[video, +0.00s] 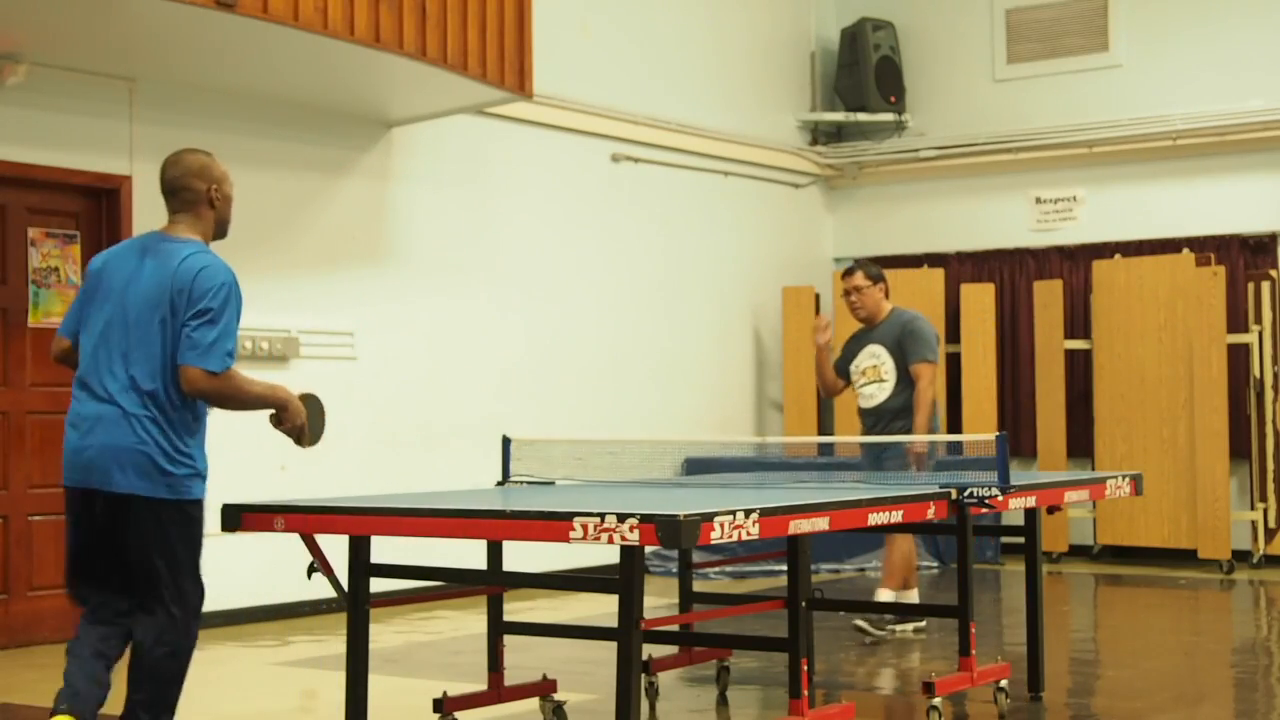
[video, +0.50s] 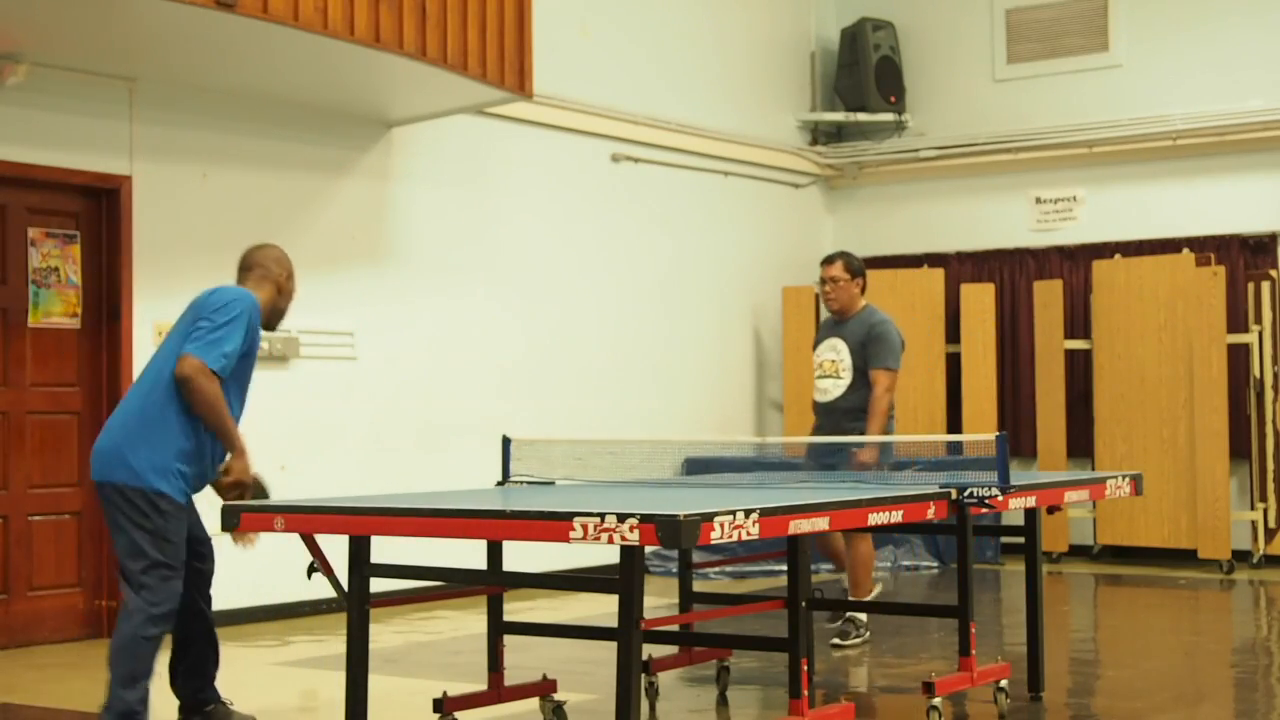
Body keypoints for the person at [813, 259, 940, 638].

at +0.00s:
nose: (853, 299)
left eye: (859, 291)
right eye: (848, 294)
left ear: (882, 290)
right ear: (846, 298)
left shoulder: (911, 325)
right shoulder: (855, 342)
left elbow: (926, 382)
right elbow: (831, 388)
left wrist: (920, 437)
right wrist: (823, 350)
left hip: (907, 442)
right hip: (873, 445)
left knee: (899, 520)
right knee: (896, 521)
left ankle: (883, 605)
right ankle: (910, 608)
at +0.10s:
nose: (846, 301)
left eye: (853, 292)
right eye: (842, 295)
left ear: (875, 291)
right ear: (839, 299)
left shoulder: (905, 330)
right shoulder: (847, 344)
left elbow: (920, 388)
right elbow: (832, 394)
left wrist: (922, 441)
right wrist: (814, 380)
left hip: (897, 444)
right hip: (863, 446)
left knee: (883, 521)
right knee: (887, 522)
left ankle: (865, 610)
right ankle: (909, 607)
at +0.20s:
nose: (843, 299)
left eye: (850, 291)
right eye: (838, 293)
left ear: (872, 290)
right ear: (835, 297)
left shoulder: (898, 331)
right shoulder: (843, 340)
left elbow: (913, 391)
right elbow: (830, 390)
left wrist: (920, 445)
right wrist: (813, 405)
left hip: (888, 446)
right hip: (854, 448)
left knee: (870, 524)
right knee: (880, 525)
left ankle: (859, 614)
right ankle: (908, 607)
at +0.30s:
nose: (839, 295)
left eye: (846, 287)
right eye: (835, 288)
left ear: (869, 287)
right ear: (832, 292)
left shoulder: (893, 331)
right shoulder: (835, 335)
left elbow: (905, 394)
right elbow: (825, 392)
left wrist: (908, 449)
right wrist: (810, 439)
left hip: (875, 446)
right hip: (838, 447)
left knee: (862, 523)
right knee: (860, 522)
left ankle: (858, 612)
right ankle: (896, 594)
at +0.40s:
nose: (833, 292)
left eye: (841, 284)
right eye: (830, 286)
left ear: (865, 286)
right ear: (828, 290)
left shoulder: (886, 330)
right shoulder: (831, 332)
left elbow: (894, 392)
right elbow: (826, 393)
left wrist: (891, 446)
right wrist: (817, 441)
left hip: (866, 442)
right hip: (830, 442)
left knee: (857, 523)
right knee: (835, 523)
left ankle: (856, 612)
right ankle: (880, 580)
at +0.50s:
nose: (827, 290)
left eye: (835, 282)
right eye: (824, 283)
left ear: (859, 284)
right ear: (822, 288)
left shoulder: (879, 328)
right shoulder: (827, 327)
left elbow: (883, 390)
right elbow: (825, 387)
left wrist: (871, 445)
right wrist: (813, 438)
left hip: (860, 444)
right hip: (824, 442)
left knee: (856, 524)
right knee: (812, 519)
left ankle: (857, 615)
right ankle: (863, 578)